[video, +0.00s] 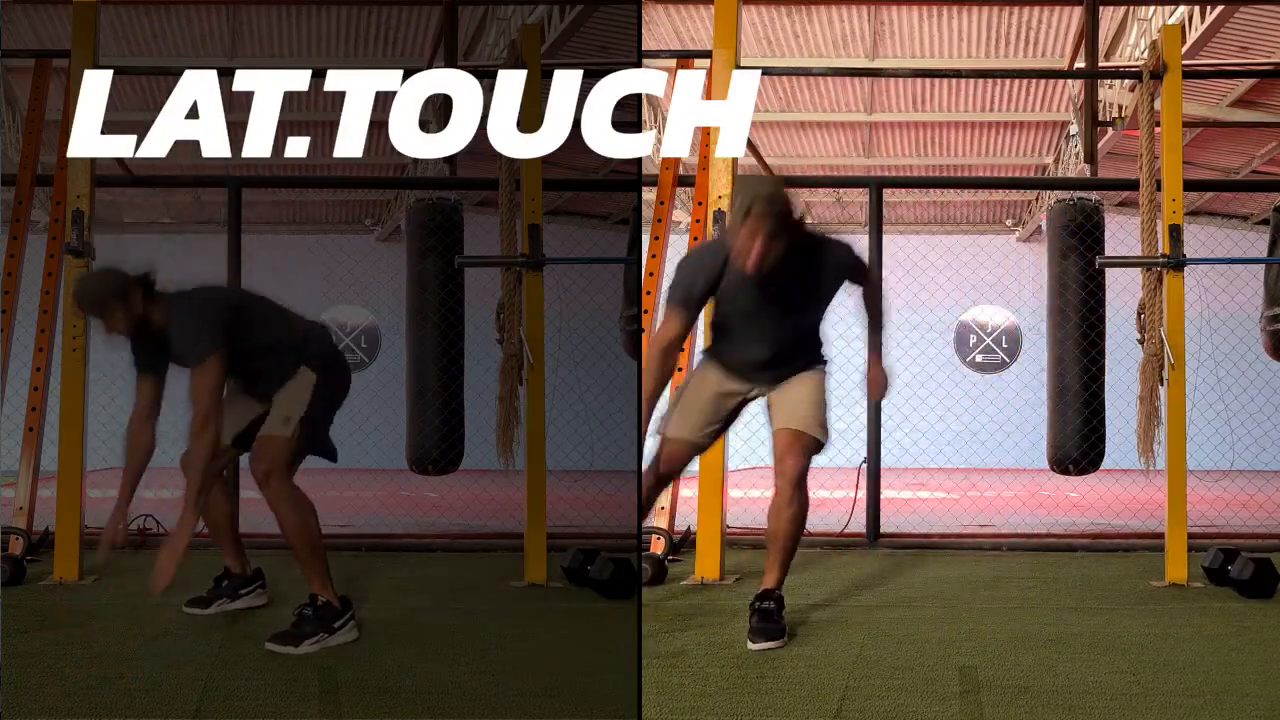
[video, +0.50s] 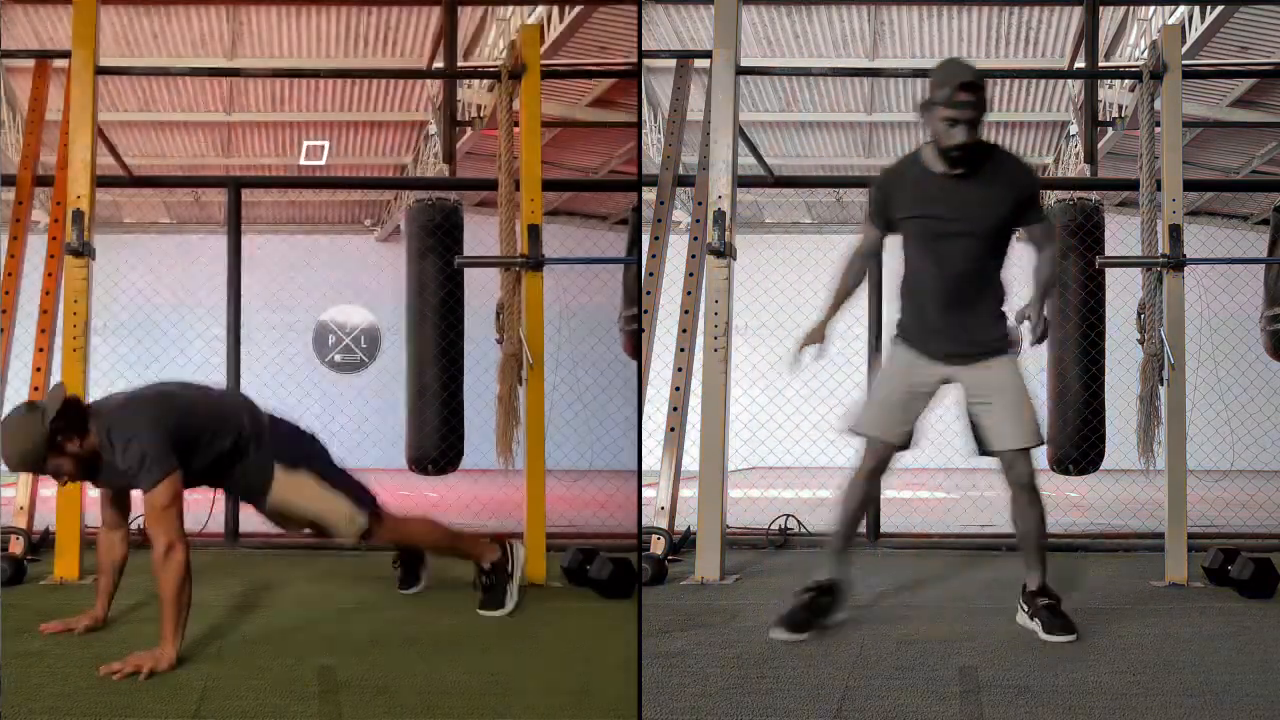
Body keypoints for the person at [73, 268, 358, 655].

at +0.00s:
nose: (108, 328)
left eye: (107, 316)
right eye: (102, 320)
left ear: (132, 298)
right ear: (130, 302)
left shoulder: (197, 317)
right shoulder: (150, 334)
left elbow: (205, 427)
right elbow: (143, 421)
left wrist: (184, 531)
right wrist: (122, 504)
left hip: (313, 364)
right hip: (260, 376)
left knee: (270, 468)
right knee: (199, 464)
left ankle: (329, 604)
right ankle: (240, 576)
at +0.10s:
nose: (110, 405)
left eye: (109, 395)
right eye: (103, 398)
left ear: (128, 376)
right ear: (123, 378)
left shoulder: (185, 371)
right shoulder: (139, 382)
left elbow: (182, 486)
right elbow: (125, 480)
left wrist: (158, 586)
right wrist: (93, 567)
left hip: (312, 360)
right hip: (260, 372)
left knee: (272, 468)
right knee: (216, 463)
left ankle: (328, 603)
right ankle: (242, 578)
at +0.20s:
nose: (123, 460)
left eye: (120, 452)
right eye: (117, 455)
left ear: (131, 433)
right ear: (123, 433)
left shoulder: (175, 416)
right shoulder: (132, 415)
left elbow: (174, 530)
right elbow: (122, 517)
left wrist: (157, 634)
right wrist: (93, 603)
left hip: (304, 326)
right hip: (259, 337)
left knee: (312, 455)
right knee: (251, 456)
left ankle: (346, 591)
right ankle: (269, 567)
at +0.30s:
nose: (110, 493)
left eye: (106, 485)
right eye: (101, 491)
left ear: (117, 461)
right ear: (103, 455)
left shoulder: (162, 438)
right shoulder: (117, 430)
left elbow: (184, 551)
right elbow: (121, 529)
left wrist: (169, 648)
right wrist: (98, 612)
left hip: (283, 344)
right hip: (241, 369)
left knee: (329, 473)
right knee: (273, 472)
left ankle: (430, 549)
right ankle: (350, 527)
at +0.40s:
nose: (74, 493)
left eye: (68, 484)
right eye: (64, 488)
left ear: (79, 459)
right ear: (70, 461)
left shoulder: (141, 439)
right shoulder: (93, 444)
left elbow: (173, 547)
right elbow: (113, 529)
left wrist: (169, 647)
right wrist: (98, 610)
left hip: (266, 393)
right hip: (242, 423)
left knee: (351, 487)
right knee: (304, 492)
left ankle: (483, 532)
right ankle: (393, 522)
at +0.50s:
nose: (54, 478)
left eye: (51, 468)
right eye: (46, 472)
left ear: (71, 439)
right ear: (65, 440)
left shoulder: (140, 438)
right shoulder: (99, 441)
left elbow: (171, 546)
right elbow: (113, 527)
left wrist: (169, 647)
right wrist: (98, 610)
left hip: (263, 449)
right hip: (235, 464)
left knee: (367, 523)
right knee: (318, 519)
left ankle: (488, 551)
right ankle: (404, 541)